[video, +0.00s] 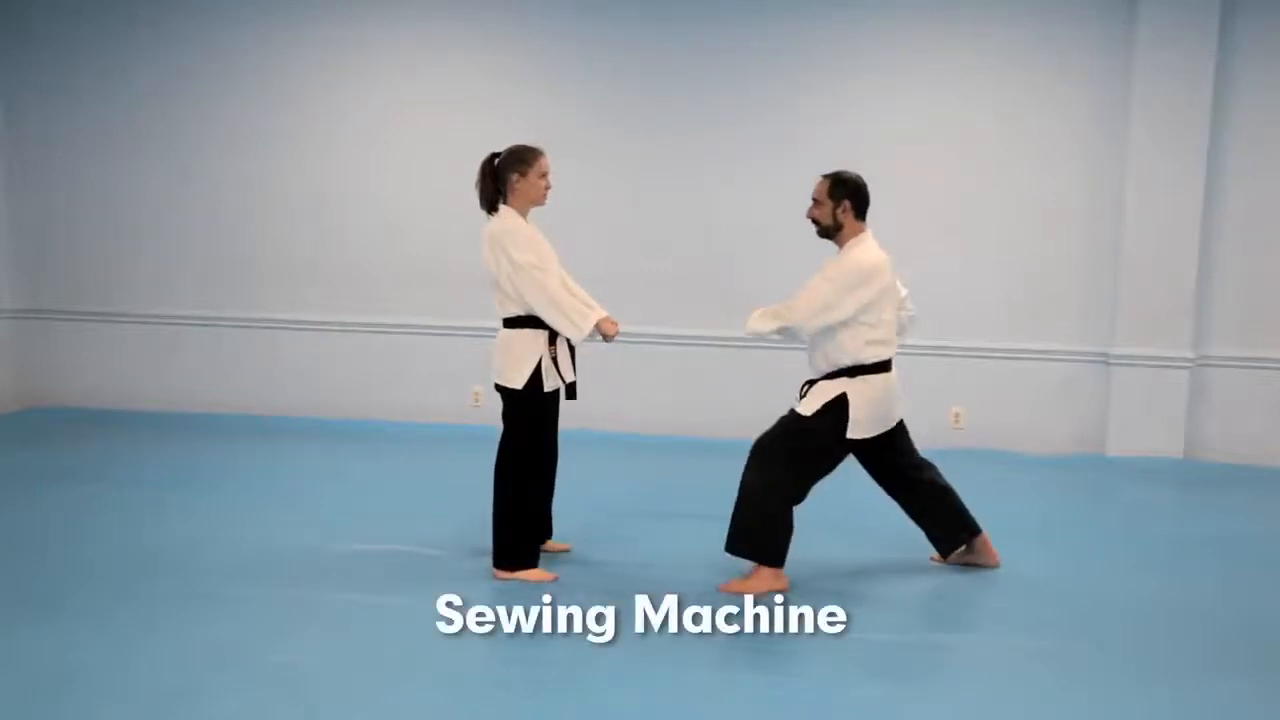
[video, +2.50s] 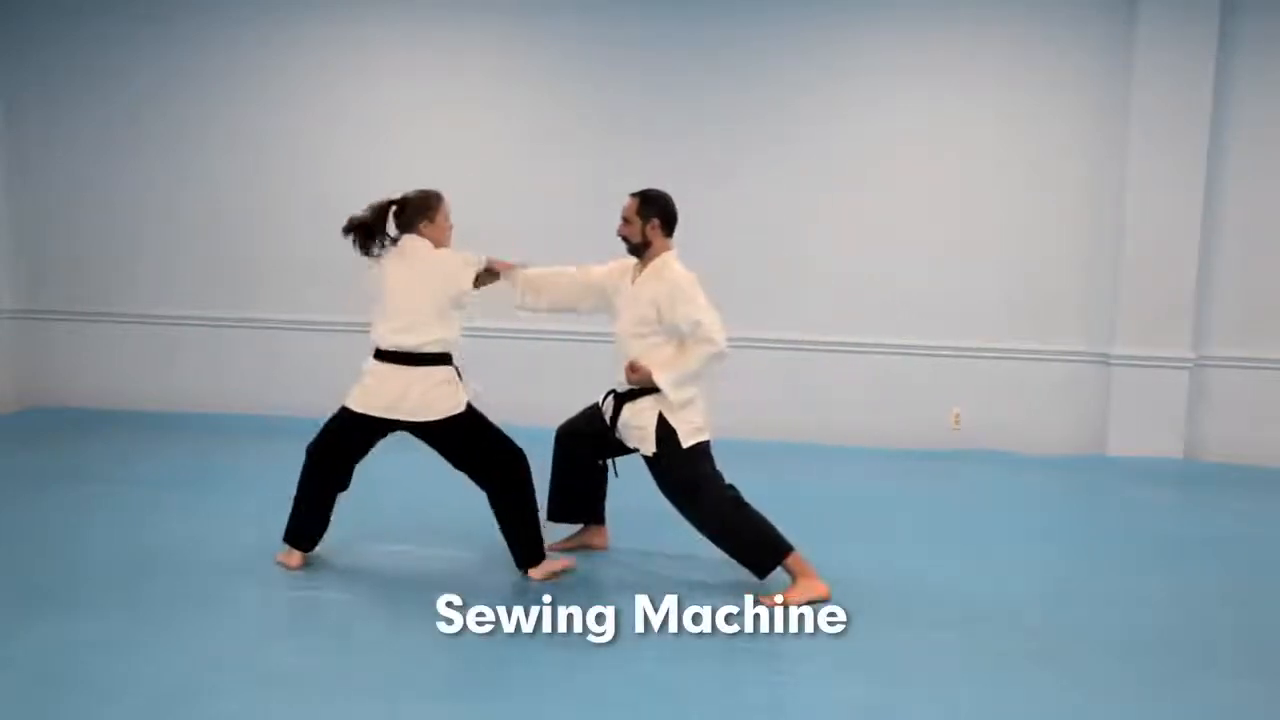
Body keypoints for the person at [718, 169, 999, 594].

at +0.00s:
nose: (809, 211)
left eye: (816, 203)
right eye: (811, 202)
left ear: (844, 209)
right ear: (847, 210)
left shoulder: (853, 263)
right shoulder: (874, 258)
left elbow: (803, 319)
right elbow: (903, 312)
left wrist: (755, 321)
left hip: (844, 396)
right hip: (875, 391)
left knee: (772, 458)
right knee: (906, 471)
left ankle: (768, 570)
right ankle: (973, 545)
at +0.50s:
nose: (812, 212)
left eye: (819, 203)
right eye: (815, 202)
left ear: (847, 209)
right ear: (850, 210)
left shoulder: (858, 261)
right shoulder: (875, 257)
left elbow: (801, 317)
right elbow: (906, 314)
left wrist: (753, 321)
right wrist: (867, 350)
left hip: (845, 397)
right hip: (874, 392)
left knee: (770, 457)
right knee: (906, 471)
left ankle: (768, 571)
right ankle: (973, 547)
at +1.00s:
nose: (791, 210)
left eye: (798, 201)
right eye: (793, 200)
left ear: (825, 206)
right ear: (831, 206)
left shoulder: (838, 254)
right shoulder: (865, 251)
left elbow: (780, 301)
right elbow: (894, 307)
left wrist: (739, 319)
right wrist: (858, 345)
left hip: (830, 393)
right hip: (864, 388)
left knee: (760, 464)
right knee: (897, 468)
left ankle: (784, 576)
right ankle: (968, 543)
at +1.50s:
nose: (669, 199)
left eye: (676, 191)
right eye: (671, 190)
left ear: (702, 195)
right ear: (704, 196)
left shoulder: (716, 246)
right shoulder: (713, 241)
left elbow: (722, 319)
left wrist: (673, 338)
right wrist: (661, 308)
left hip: (728, 382)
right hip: (706, 378)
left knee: (723, 488)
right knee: (654, 453)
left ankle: (773, 577)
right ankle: (606, 526)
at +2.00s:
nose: (619, 230)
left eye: (627, 224)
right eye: (621, 222)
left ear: (653, 229)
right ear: (649, 229)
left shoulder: (674, 280)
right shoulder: (626, 275)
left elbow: (714, 340)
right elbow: (570, 290)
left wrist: (663, 374)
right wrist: (507, 280)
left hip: (672, 411)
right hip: (636, 405)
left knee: (706, 500)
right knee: (578, 438)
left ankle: (805, 578)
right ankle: (592, 530)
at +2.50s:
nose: (619, 228)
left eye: (626, 221)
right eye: (620, 220)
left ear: (654, 228)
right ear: (646, 227)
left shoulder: (674, 280)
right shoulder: (623, 274)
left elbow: (712, 341)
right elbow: (572, 282)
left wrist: (658, 372)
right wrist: (512, 274)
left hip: (670, 412)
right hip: (633, 405)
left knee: (710, 500)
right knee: (575, 438)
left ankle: (805, 577)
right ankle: (592, 530)